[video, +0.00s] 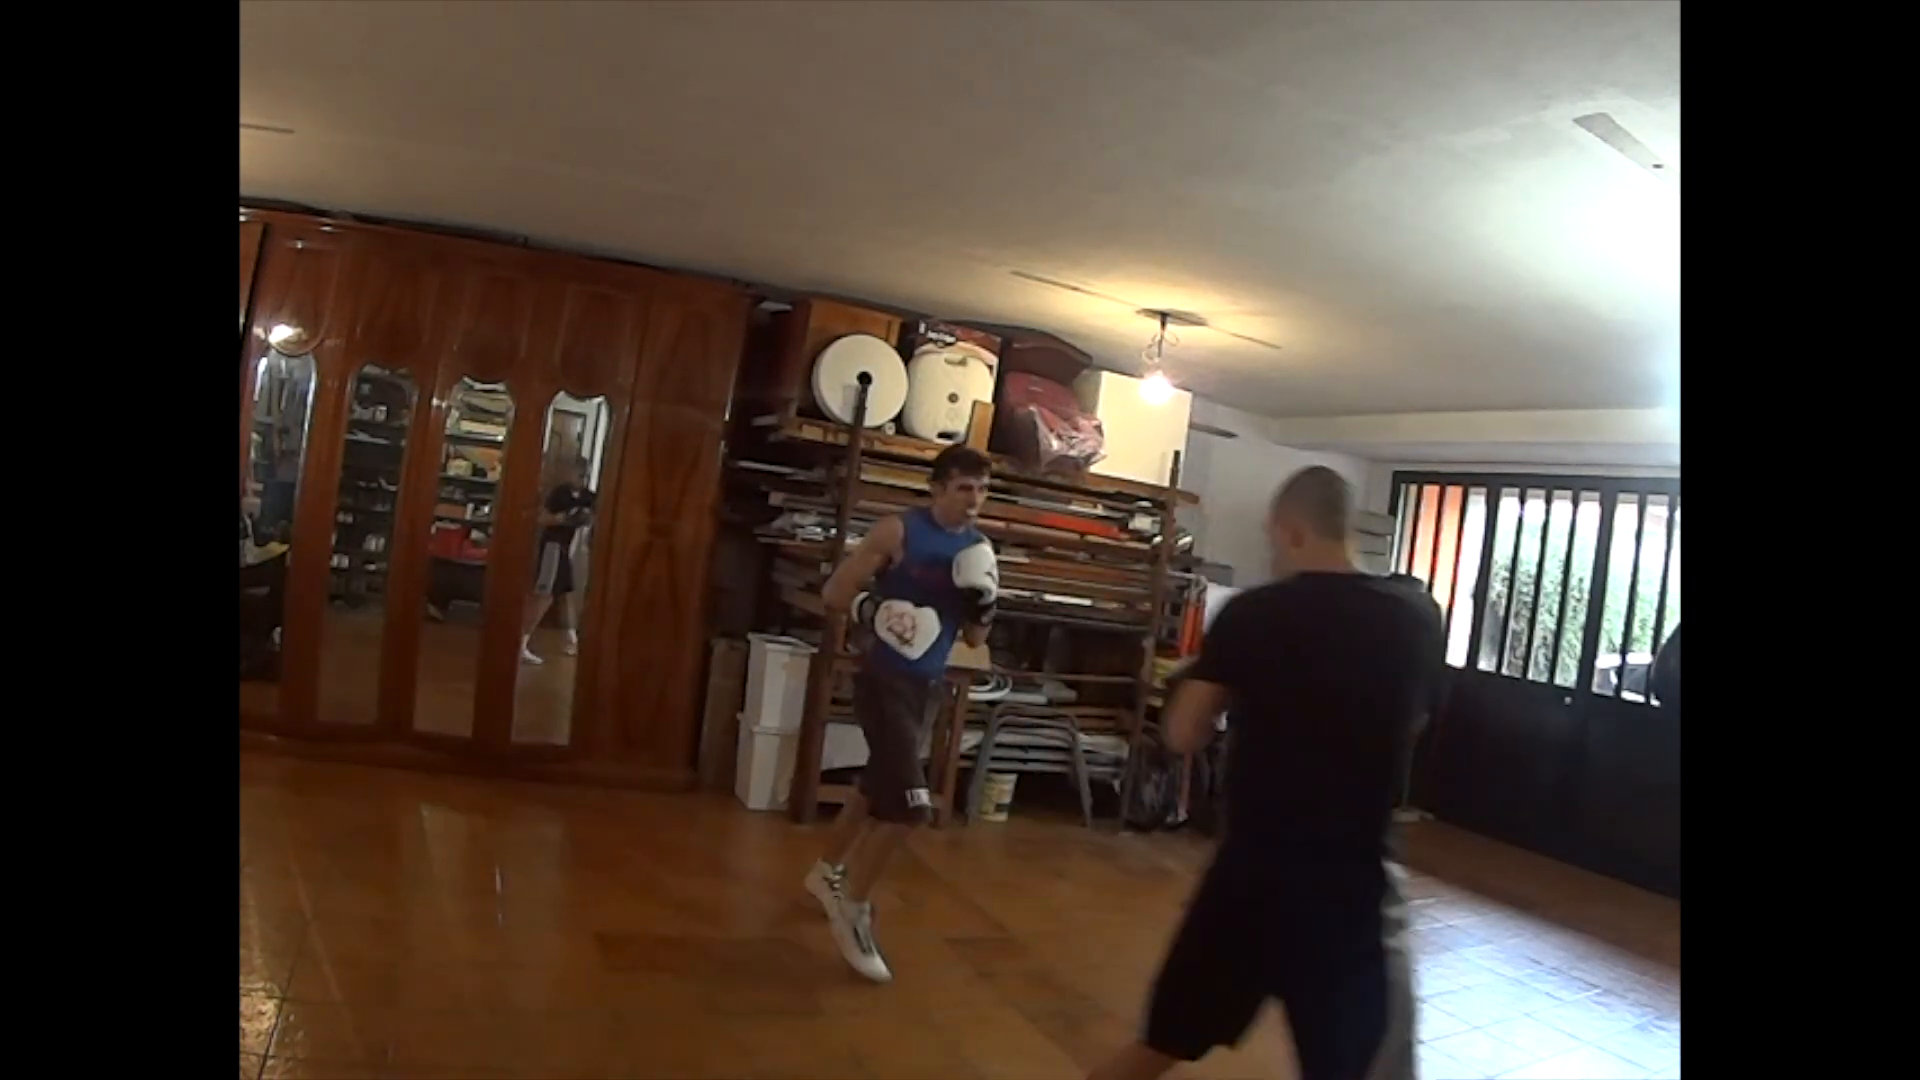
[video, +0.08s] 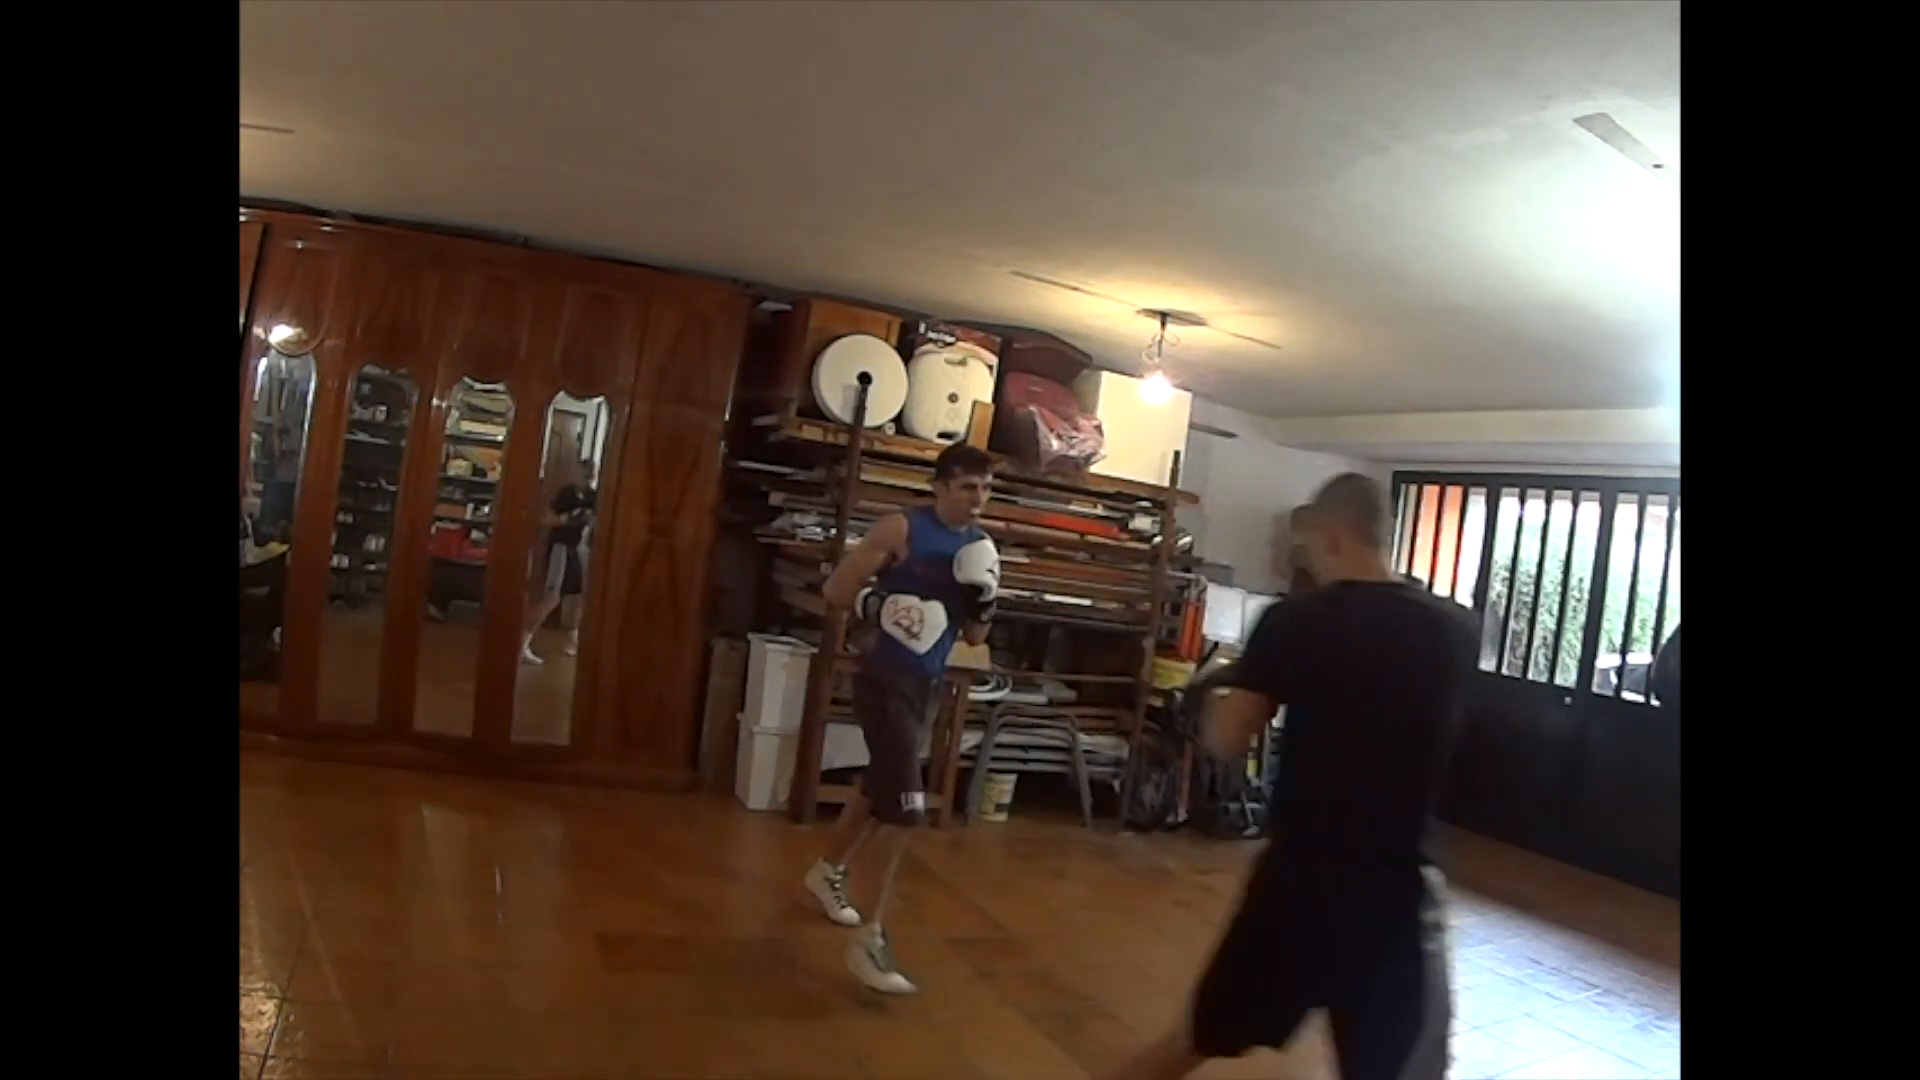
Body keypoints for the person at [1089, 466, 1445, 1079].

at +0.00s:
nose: (1276, 546)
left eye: (1275, 534)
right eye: (1276, 534)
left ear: (1289, 530)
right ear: (1345, 528)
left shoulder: (1254, 612)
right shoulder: (1415, 615)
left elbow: (1183, 733)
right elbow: (1411, 732)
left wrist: (1236, 685)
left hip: (1253, 874)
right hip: (1352, 884)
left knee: (1162, 1046)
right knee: (1346, 1066)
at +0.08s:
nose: (1311, 561)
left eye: (1312, 546)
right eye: (1309, 547)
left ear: (1332, 537)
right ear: (1379, 533)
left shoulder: (1299, 620)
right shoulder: (1455, 629)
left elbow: (1228, 736)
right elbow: (1430, 742)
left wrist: (1223, 685)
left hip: (1300, 880)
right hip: (1400, 887)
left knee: (1196, 1041)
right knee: (1399, 1067)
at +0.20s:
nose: (1364, 559)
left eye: (1364, 544)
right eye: (1362, 546)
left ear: (1386, 536)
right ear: (1433, 534)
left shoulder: (1359, 616)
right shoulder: (1509, 626)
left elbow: (1303, 735)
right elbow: (1477, 740)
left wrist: (1270, 699)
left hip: (1363, 870)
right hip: (1457, 877)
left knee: (1243, 1024)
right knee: (1452, 1064)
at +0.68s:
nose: (1359, 579)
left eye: (1360, 563)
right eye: (1356, 567)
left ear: (1392, 550)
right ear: (1425, 549)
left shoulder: (1381, 629)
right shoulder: (1510, 615)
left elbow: (1327, 745)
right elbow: (1488, 721)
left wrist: (1297, 668)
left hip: (1419, 844)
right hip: (1508, 847)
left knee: (1333, 994)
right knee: (1510, 1024)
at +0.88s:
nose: (1407, 586)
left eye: (1410, 571)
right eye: (1405, 572)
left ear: (1441, 563)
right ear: (1469, 560)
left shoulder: (1427, 636)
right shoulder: (1543, 629)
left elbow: (1389, 742)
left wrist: (1337, 691)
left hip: (1449, 848)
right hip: (1533, 850)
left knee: (1348, 993)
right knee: (1551, 1023)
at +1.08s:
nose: (1479, 604)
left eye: (1483, 588)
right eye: (1478, 590)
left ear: (1519, 583)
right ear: (1536, 585)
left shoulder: (1507, 656)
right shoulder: (1604, 655)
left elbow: (1475, 756)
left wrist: (1411, 720)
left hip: (1508, 861)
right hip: (1580, 864)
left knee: (1380, 977)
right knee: (1578, 1010)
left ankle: (1321, 1074)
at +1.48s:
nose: (1510, 621)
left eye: (1514, 607)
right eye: (1509, 608)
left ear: (1551, 600)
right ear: (1571, 601)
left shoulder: (1545, 668)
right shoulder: (1635, 668)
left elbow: (1501, 764)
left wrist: (1442, 714)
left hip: (1552, 862)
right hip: (1622, 864)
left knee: (1429, 978)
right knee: (1626, 1007)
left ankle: (1382, 1077)